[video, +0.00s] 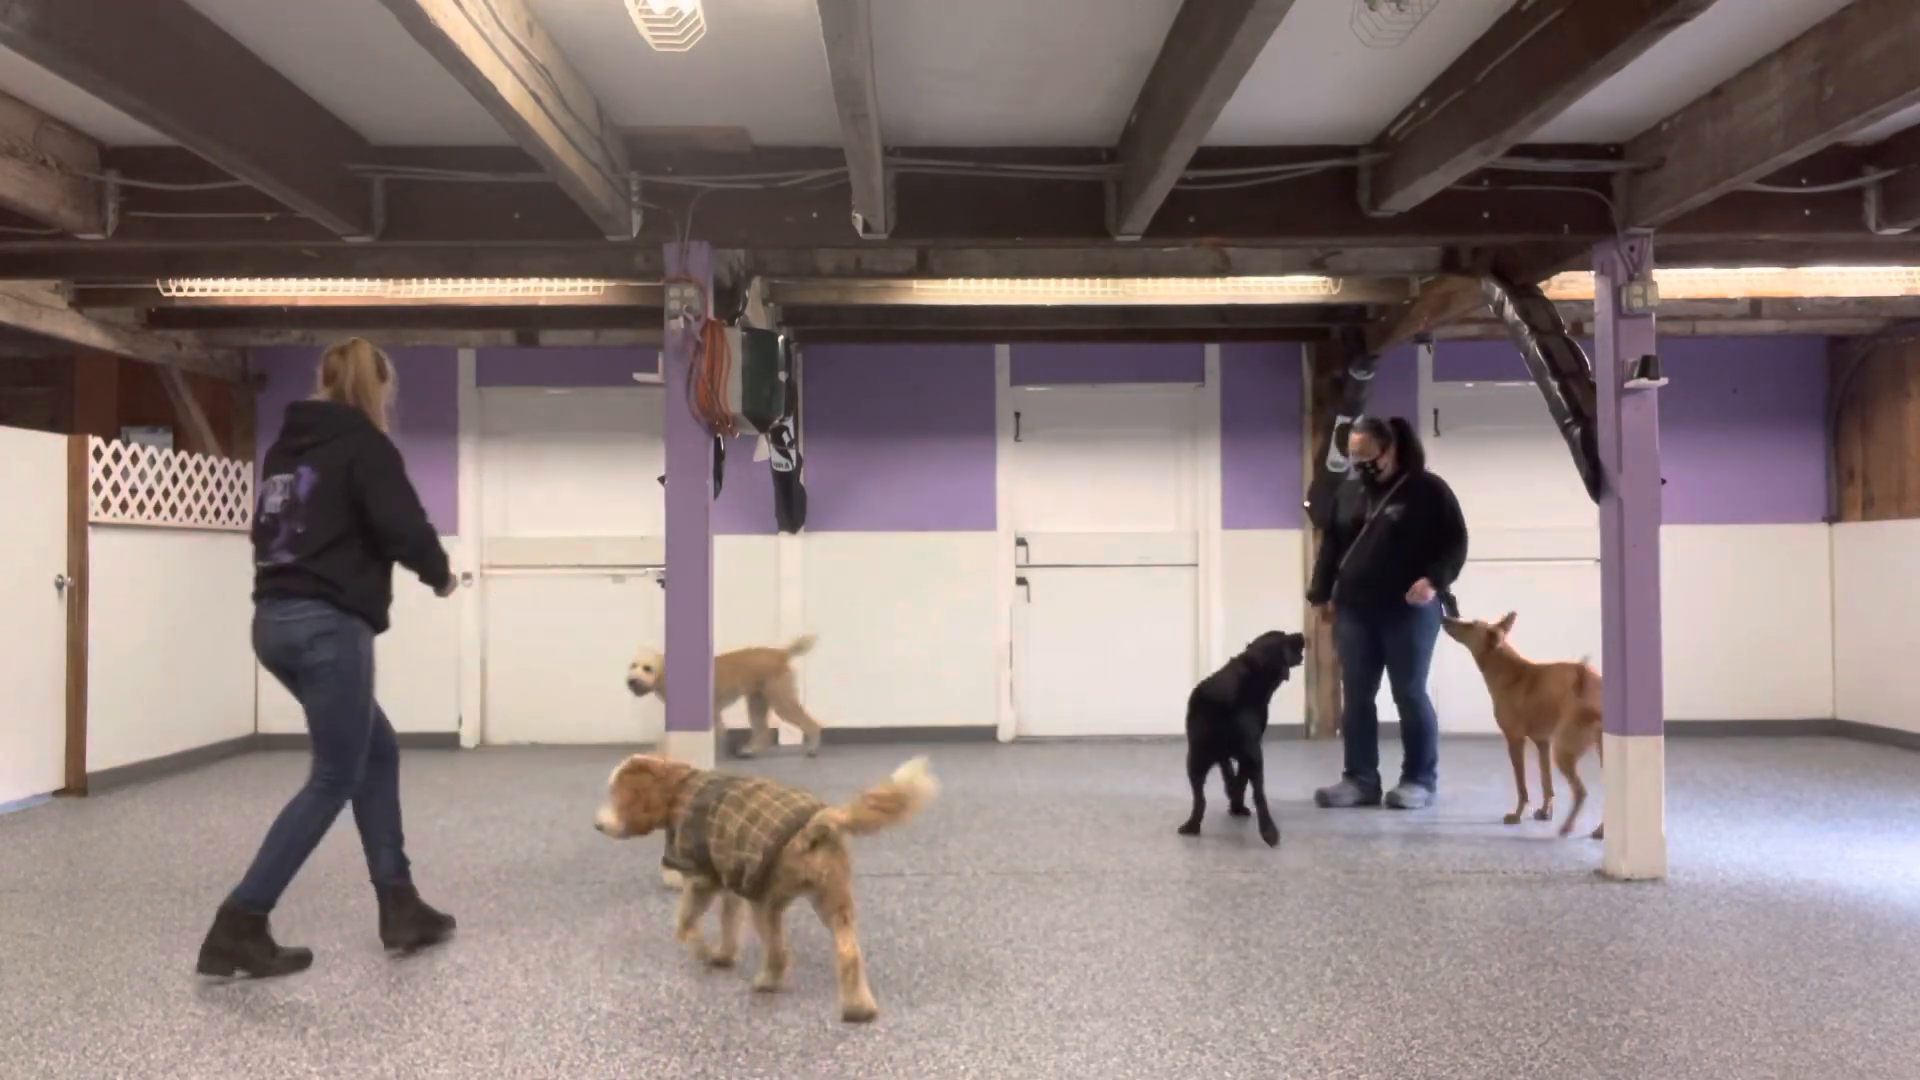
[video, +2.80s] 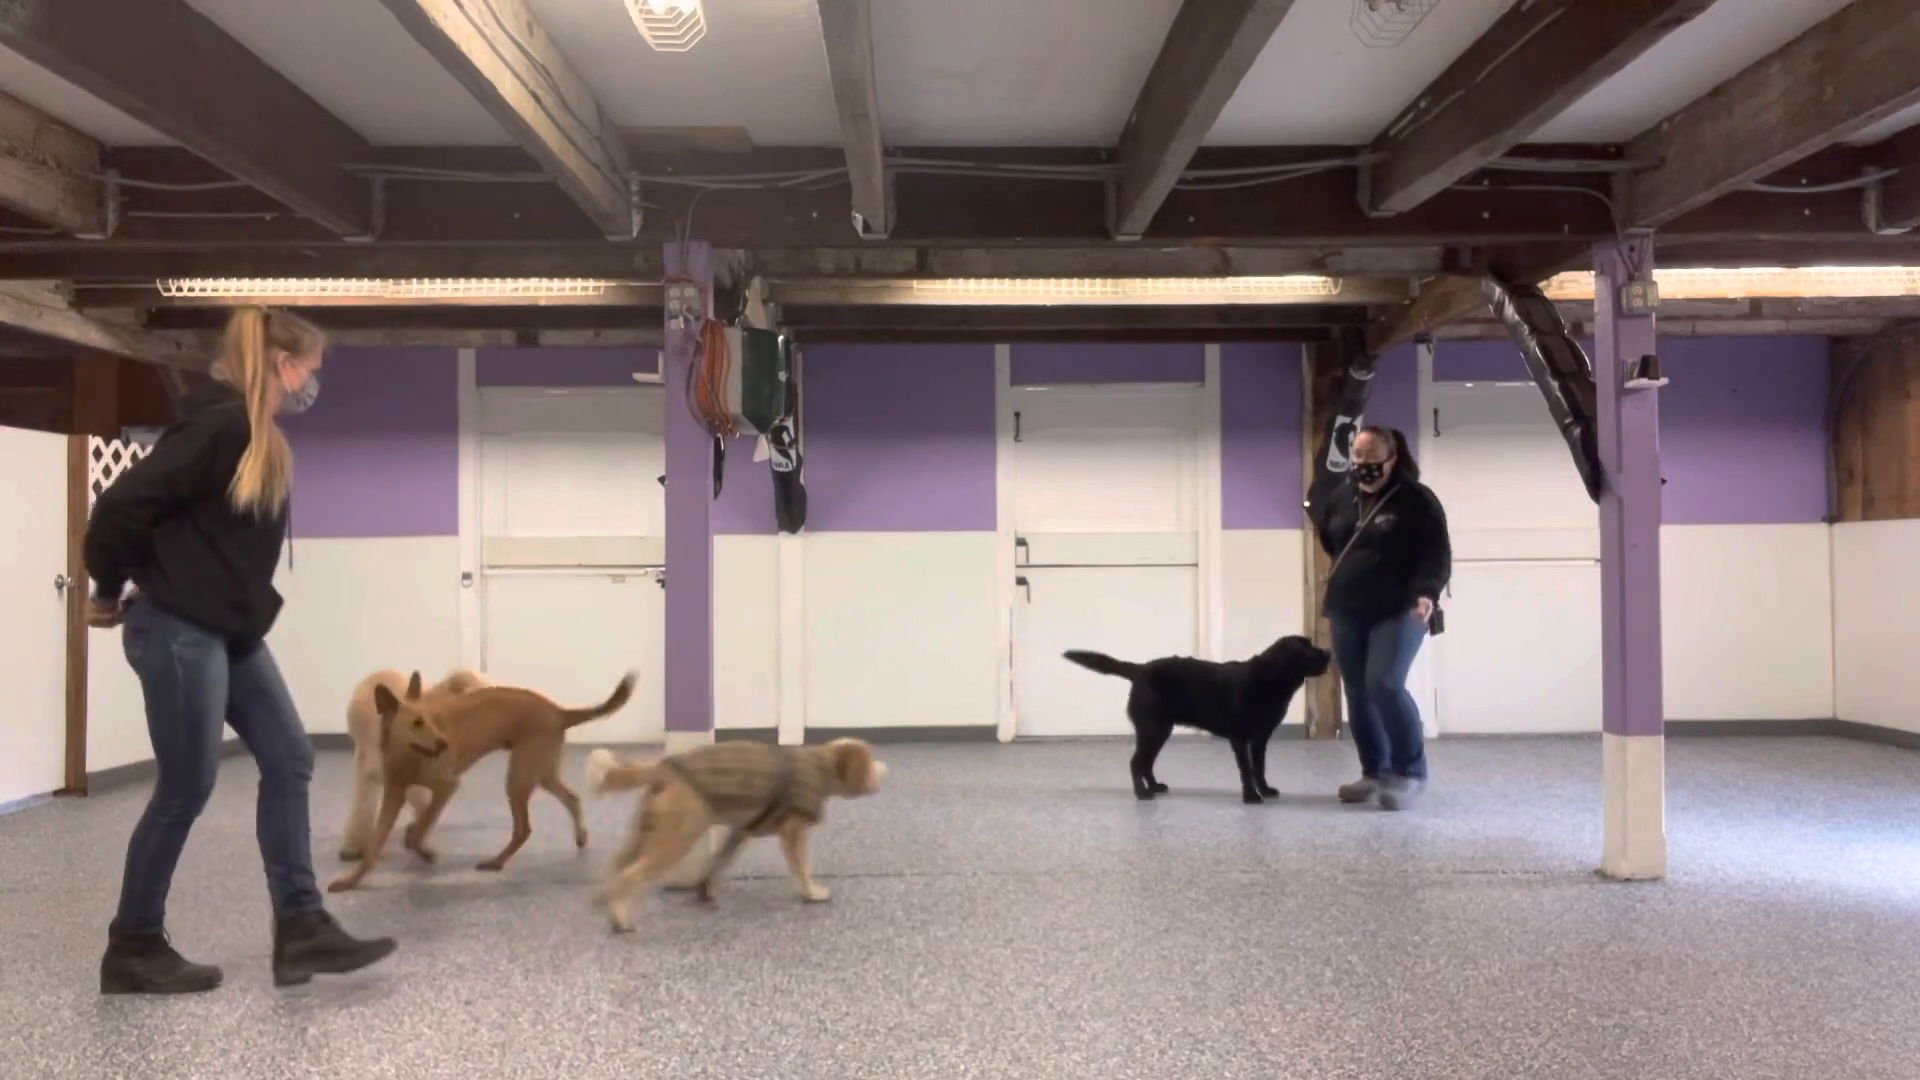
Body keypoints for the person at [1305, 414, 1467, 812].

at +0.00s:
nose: (1367, 468)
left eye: (1372, 459)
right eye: (1361, 461)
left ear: (1393, 448)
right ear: (1354, 457)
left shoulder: (1428, 489)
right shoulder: (1353, 489)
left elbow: (1456, 541)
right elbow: (1334, 542)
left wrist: (1434, 580)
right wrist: (1322, 593)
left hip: (1410, 606)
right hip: (1356, 608)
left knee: (1409, 694)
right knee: (1357, 697)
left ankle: (1419, 782)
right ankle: (1361, 780)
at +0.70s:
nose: (1372, 461)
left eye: (1379, 453)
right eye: (1367, 454)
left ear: (1402, 449)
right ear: (1360, 454)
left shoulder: (1430, 490)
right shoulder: (1355, 492)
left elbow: (1450, 545)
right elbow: (1342, 542)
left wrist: (1415, 584)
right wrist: (1340, 586)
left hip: (1411, 602)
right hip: (1361, 603)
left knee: (1411, 690)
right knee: (1370, 693)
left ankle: (1419, 782)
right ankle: (1378, 774)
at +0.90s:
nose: (1370, 461)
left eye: (1377, 453)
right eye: (1364, 454)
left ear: (1399, 449)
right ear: (1359, 455)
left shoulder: (1428, 488)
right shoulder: (1356, 491)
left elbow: (1448, 543)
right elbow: (1322, 512)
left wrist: (1412, 582)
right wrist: (1333, 465)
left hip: (1412, 602)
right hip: (1357, 602)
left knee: (1410, 691)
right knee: (1368, 692)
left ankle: (1419, 781)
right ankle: (1378, 773)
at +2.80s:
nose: (1361, 462)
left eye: (1370, 455)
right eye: (1357, 454)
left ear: (1391, 457)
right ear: (1351, 456)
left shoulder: (1417, 499)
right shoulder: (1344, 495)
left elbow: (1438, 553)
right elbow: (1332, 541)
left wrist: (1427, 593)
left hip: (1399, 608)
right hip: (1348, 609)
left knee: (1384, 684)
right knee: (1359, 692)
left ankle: (1409, 773)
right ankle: (1374, 775)